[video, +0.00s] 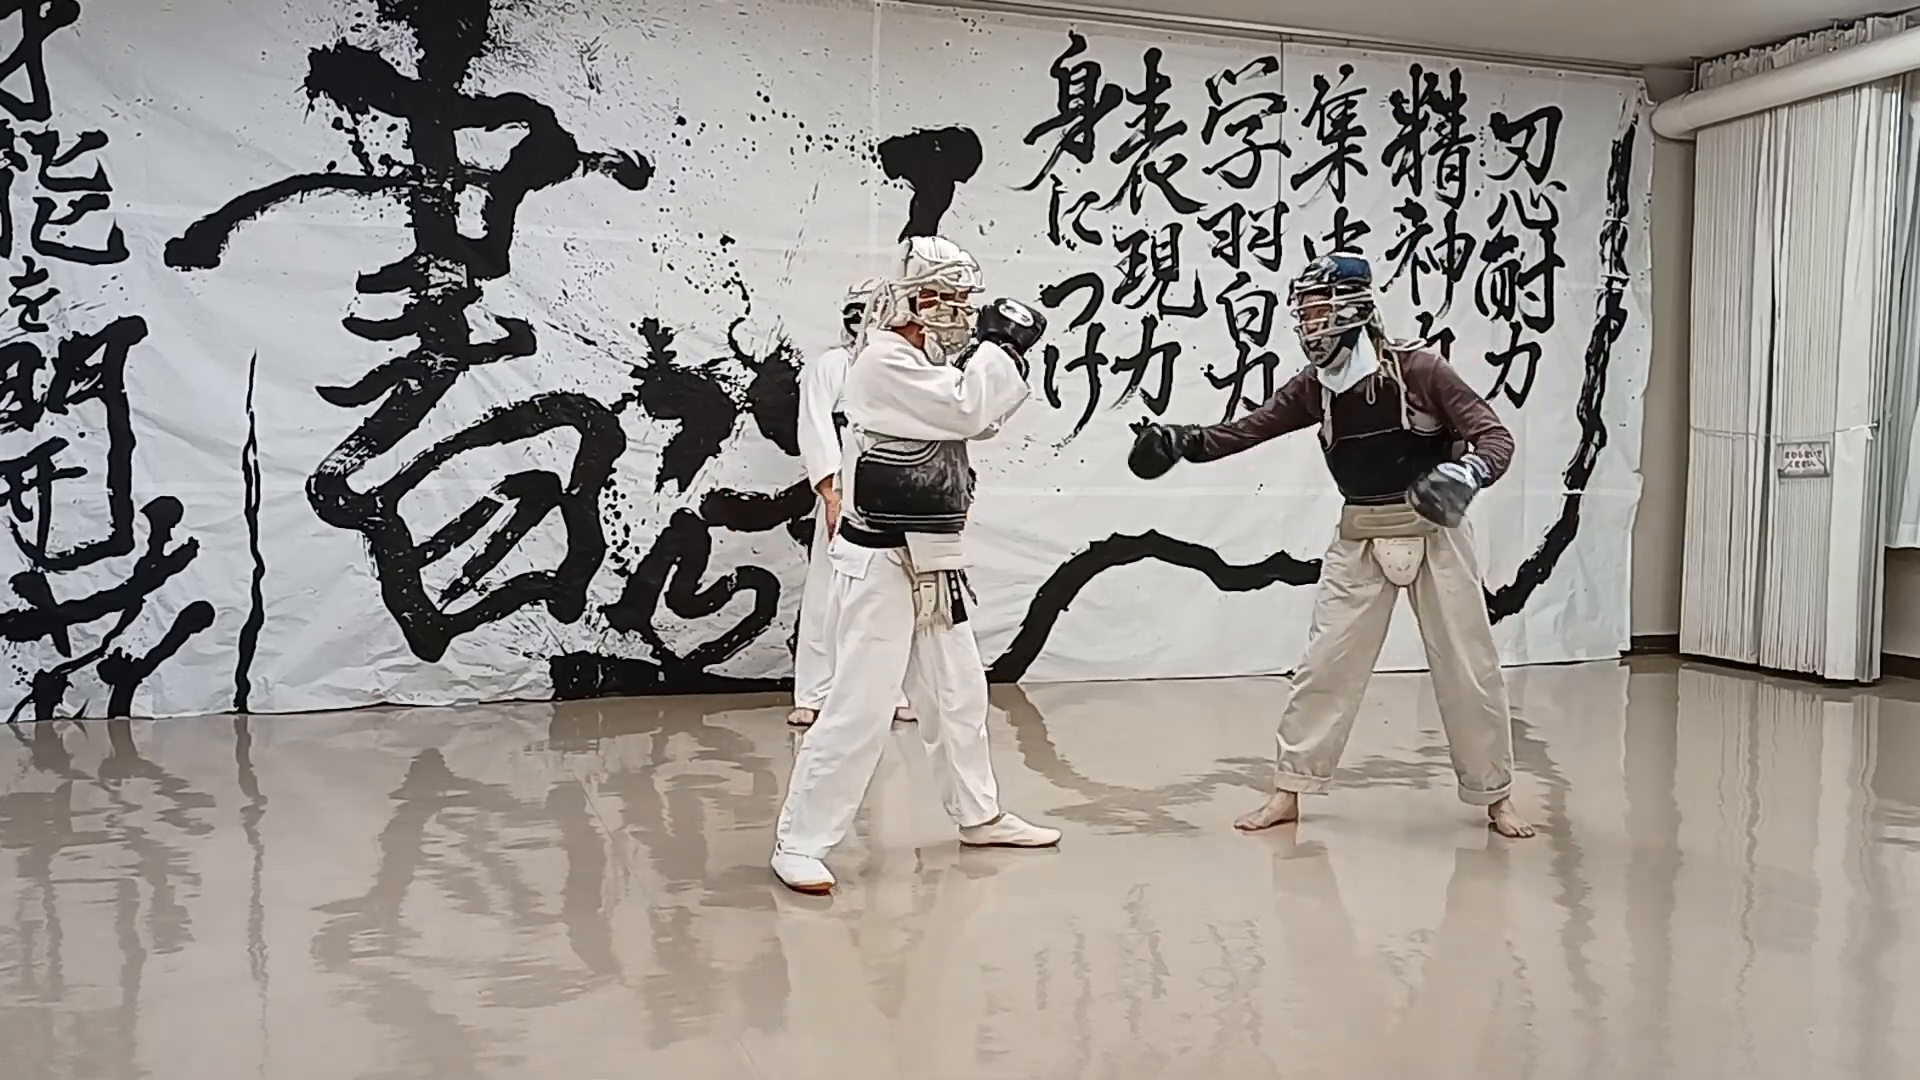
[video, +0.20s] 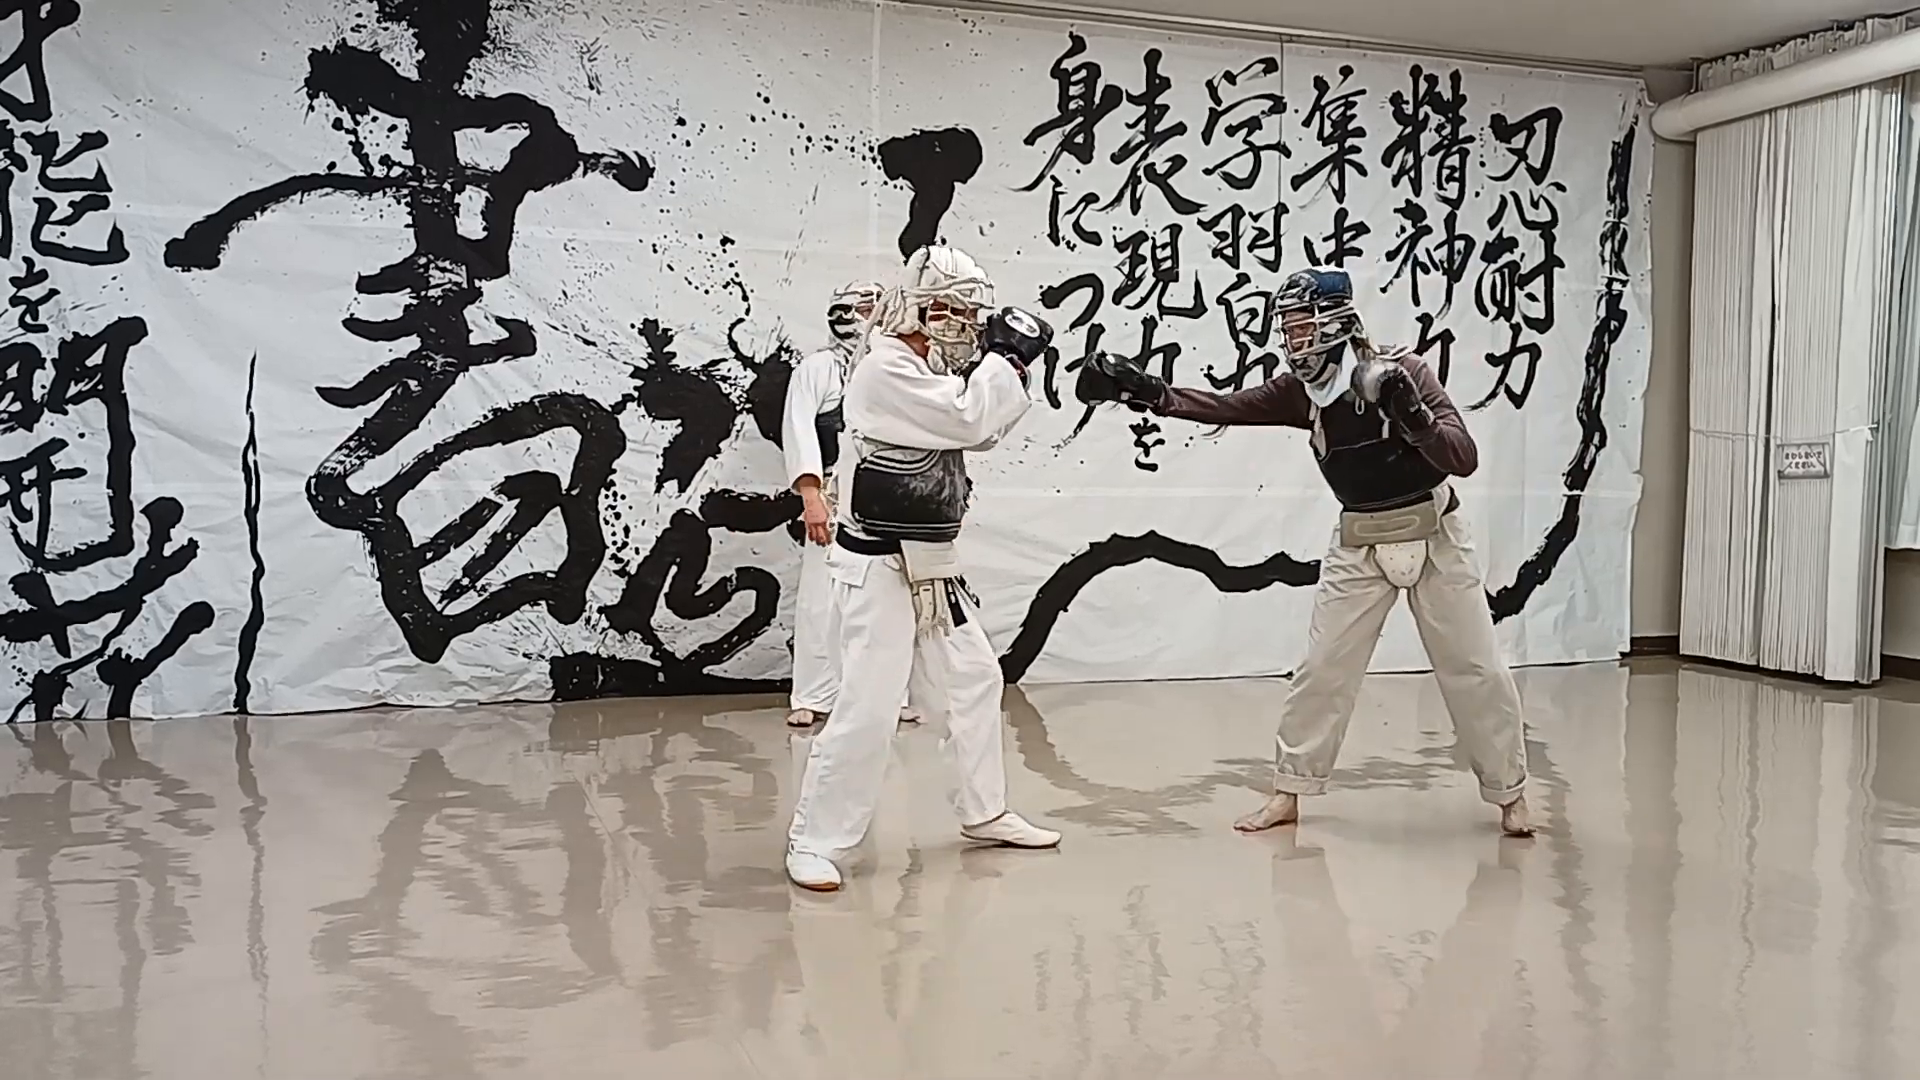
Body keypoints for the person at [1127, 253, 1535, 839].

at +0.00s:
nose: (1309, 325)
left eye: (1320, 312)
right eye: (1304, 315)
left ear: (1356, 310)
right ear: (1300, 319)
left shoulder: (1419, 370)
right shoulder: (1314, 385)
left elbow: (1495, 439)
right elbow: (1249, 427)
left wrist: (1462, 473)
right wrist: (1182, 440)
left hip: (1435, 534)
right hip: (1359, 539)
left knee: (1470, 670)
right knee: (1322, 666)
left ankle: (1498, 802)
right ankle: (1285, 796)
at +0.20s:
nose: (1292, 337)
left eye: (1301, 324)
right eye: (1286, 327)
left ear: (1338, 320)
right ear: (1285, 329)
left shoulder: (1402, 372)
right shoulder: (1299, 391)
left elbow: (1463, 459)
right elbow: (1221, 407)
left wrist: (1410, 414)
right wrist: (1141, 388)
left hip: (1433, 536)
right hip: (1358, 543)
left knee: (1476, 670)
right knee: (1323, 667)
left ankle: (1512, 797)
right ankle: (1284, 796)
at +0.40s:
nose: (1335, 341)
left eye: (1346, 328)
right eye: (1329, 330)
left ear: (1382, 325)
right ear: (1325, 333)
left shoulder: (1442, 383)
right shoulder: (1336, 399)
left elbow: (1460, 480)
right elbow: (1277, 459)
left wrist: (1423, 418)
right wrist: (1224, 459)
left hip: (1456, 549)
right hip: (1377, 553)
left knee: (1506, 682)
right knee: (1327, 672)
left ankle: (1551, 806)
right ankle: (1286, 798)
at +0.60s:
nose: (1394, 323)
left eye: (1406, 311)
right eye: (1389, 312)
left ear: (1443, 312)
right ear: (1386, 316)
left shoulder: (1499, 373)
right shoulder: (1391, 392)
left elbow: (1540, 464)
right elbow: (1379, 476)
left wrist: (1479, 459)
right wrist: (1379, 536)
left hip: (1496, 541)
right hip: (1419, 544)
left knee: (1529, 682)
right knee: (1360, 662)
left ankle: (1551, 810)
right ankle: (1298, 789)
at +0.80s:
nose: (1409, 302)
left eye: (1422, 290)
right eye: (1407, 291)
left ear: (1459, 292)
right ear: (1404, 295)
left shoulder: (1515, 365)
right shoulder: (1407, 373)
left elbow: (1588, 437)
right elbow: (1384, 444)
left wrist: (1545, 501)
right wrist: (1371, 499)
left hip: (1509, 536)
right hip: (1434, 535)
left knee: (1541, 683)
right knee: (1388, 662)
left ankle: (1555, 807)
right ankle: (1368, 794)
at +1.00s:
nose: (1395, 315)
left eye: (1406, 303)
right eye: (1391, 304)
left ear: (1444, 303)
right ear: (1388, 309)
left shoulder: (1503, 370)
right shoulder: (1402, 388)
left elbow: (1579, 440)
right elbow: (1402, 474)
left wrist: (1535, 502)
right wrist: (1372, 530)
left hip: (1503, 530)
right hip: (1428, 533)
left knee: (1535, 678)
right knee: (1359, 655)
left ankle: (1556, 809)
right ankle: (1323, 780)